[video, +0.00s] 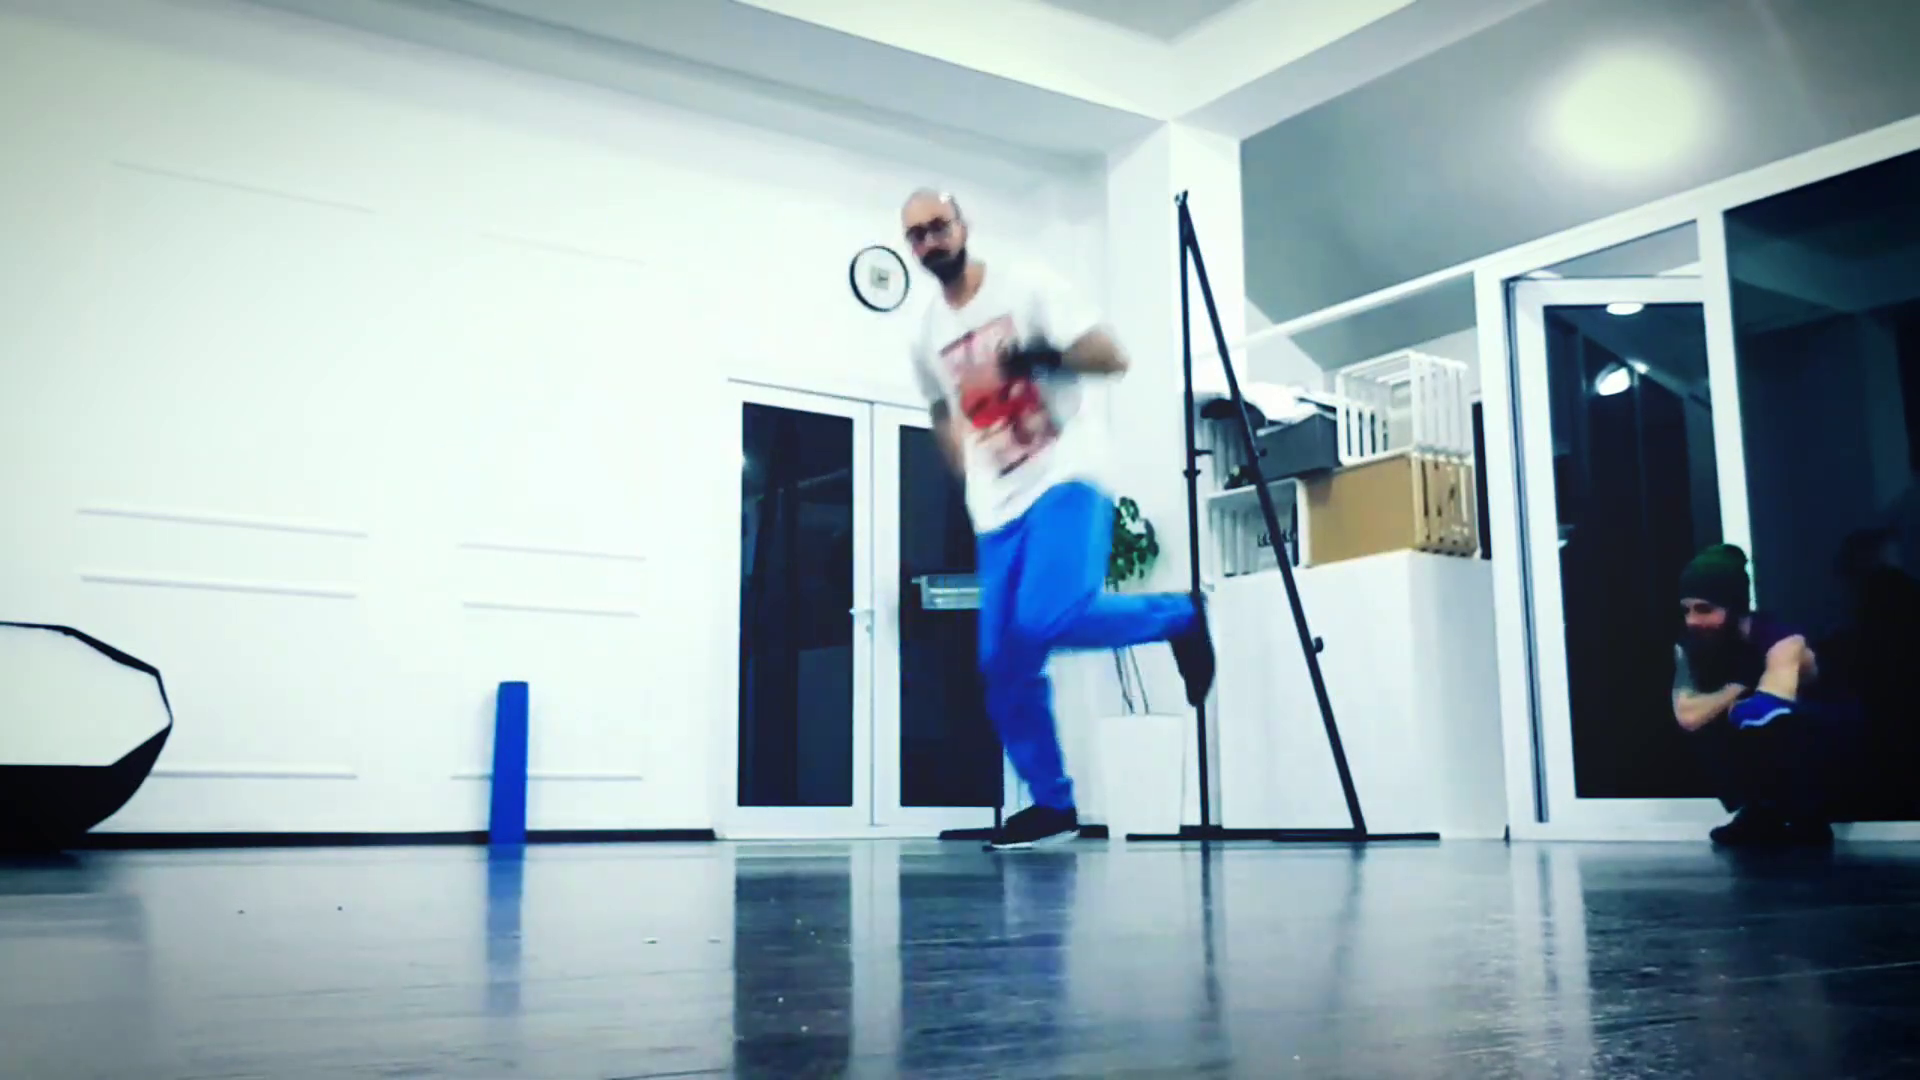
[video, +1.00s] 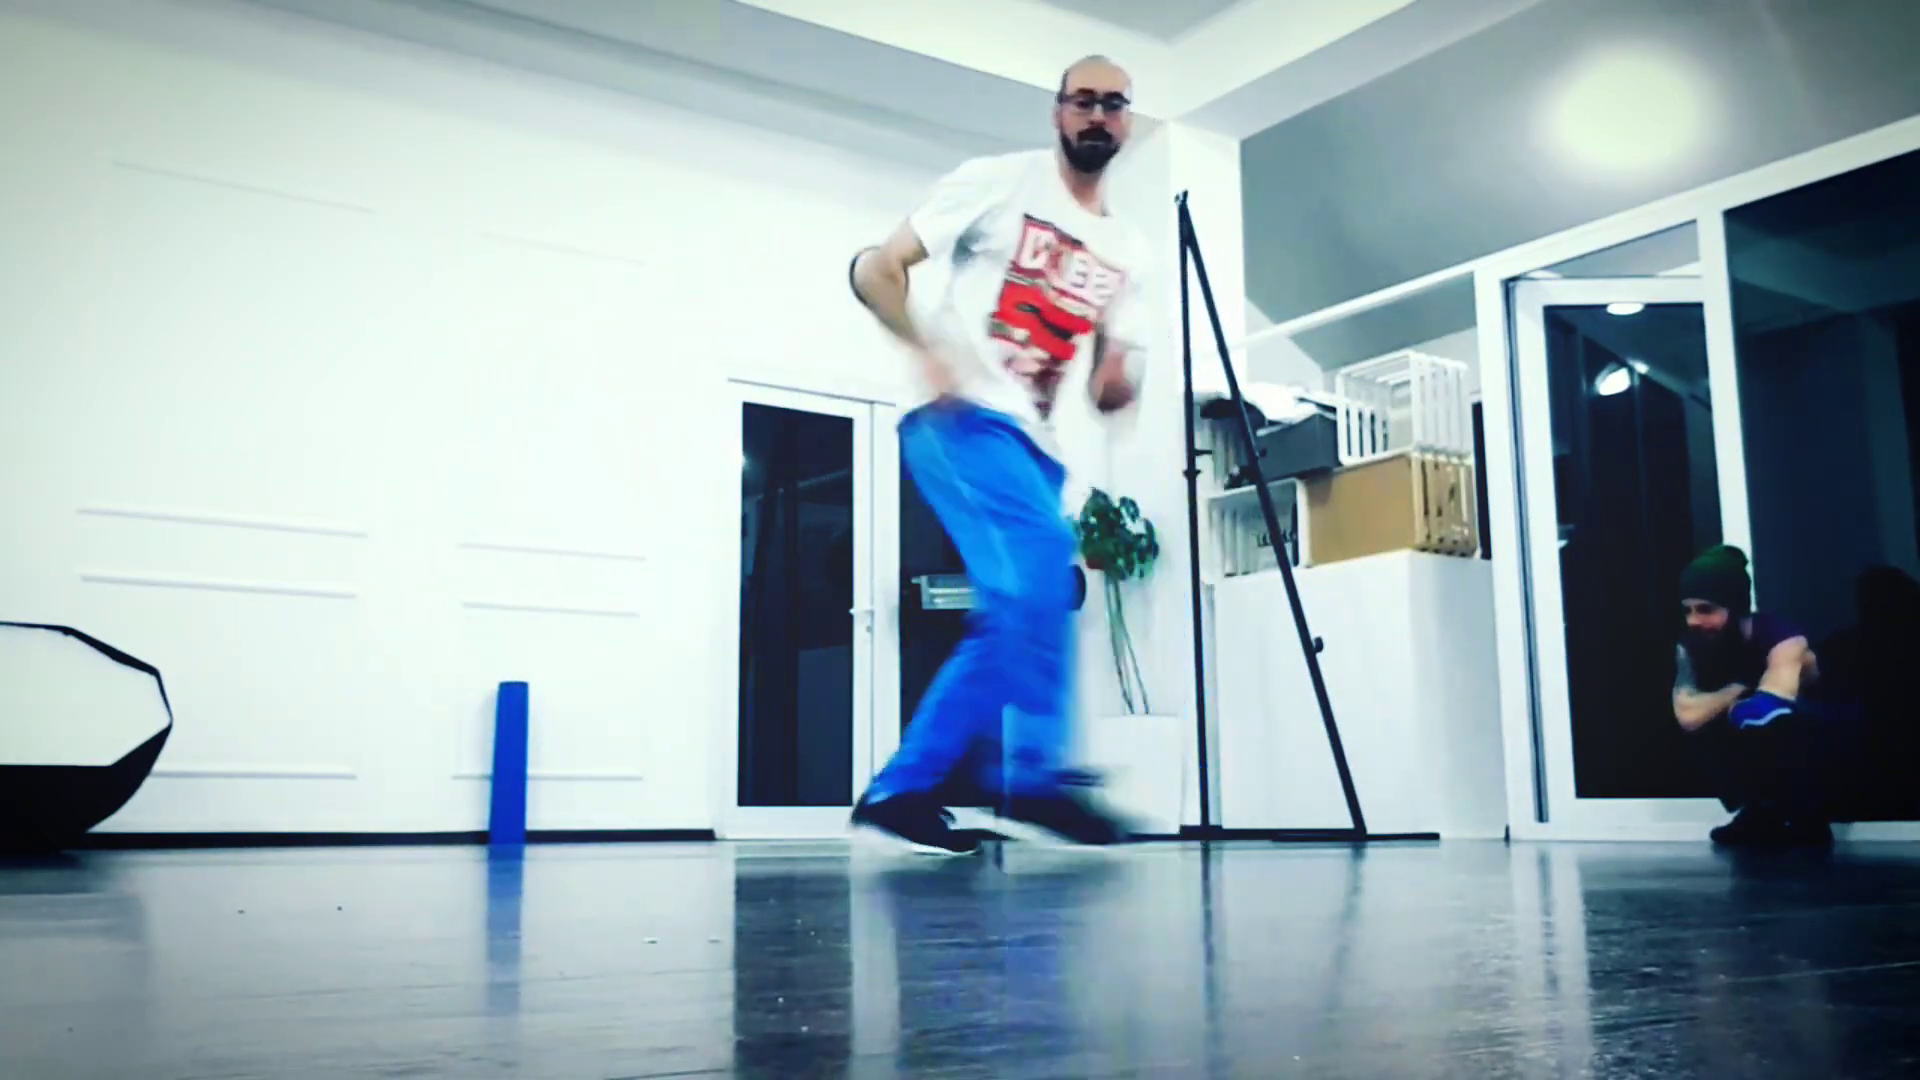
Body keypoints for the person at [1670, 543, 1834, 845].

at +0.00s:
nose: (1692, 622)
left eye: (1704, 610)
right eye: (1686, 611)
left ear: (1733, 607)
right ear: (1681, 609)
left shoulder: (1779, 637)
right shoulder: (1688, 650)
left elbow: (1772, 706)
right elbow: (1688, 716)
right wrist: (1735, 691)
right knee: (1705, 726)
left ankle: (1805, 821)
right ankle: (1755, 813)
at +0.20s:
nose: (1691, 622)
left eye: (1703, 610)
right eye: (1686, 611)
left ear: (1733, 606)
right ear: (1680, 609)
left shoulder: (1780, 638)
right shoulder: (1688, 651)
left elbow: (1775, 703)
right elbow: (1689, 716)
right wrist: (1735, 690)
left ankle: (1800, 820)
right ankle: (1754, 813)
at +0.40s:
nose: (1692, 622)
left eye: (1703, 611)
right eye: (1687, 611)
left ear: (1732, 607)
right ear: (1681, 609)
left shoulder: (1779, 637)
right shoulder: (1688, 650)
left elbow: (1773, 705)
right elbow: (1689, 716)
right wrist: (1736, 690)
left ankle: (1801, 821)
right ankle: (1754, 813)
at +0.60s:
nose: (1693, 622)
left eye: (1705, 610)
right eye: (1687, 611)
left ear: (1734, 607)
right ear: (1681, 610)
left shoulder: (1781, 637)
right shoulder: (1689, 650)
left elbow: (1771, 707)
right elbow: (1689, 715)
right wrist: (1739, 688)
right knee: (1704, 727)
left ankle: (1803, 821)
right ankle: (1755, 813)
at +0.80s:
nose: (1693, 622)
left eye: (1705, 610)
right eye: (1688, 611)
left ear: (1733, 607)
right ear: (1682, 610)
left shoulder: (1781, 636)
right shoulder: (1690, 650)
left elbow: (1772, 706)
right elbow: (1688, 715)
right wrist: (1738, 690)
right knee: (1704, 727)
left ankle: (1804, 821)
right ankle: (1755, 813)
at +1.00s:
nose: (1693, 622)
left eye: (1705, 611)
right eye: (1688, 611)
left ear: (1734, 607)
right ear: (1682, 610)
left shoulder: (1780, 636)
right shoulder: (1689, 649)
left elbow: (1772, 704)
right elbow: (1688, 715)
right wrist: (1735, 692)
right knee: (1706, 728)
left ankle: (1804, 821)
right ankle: (1756, 813)